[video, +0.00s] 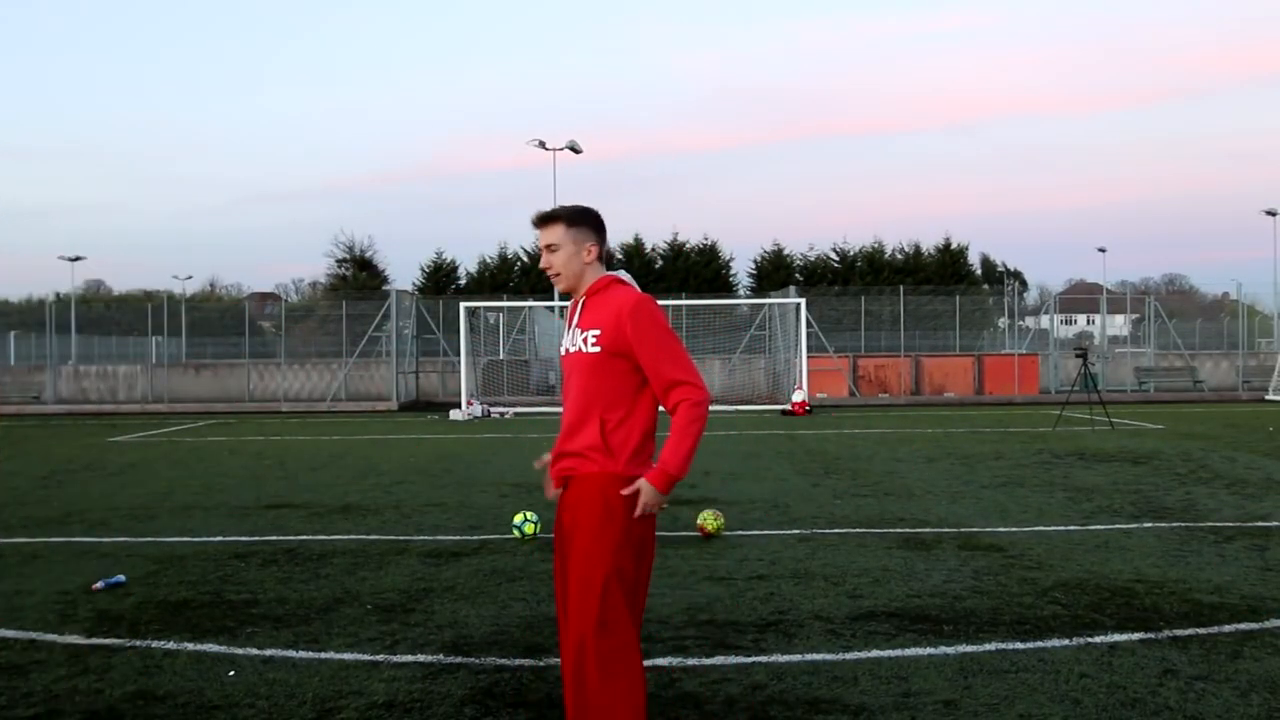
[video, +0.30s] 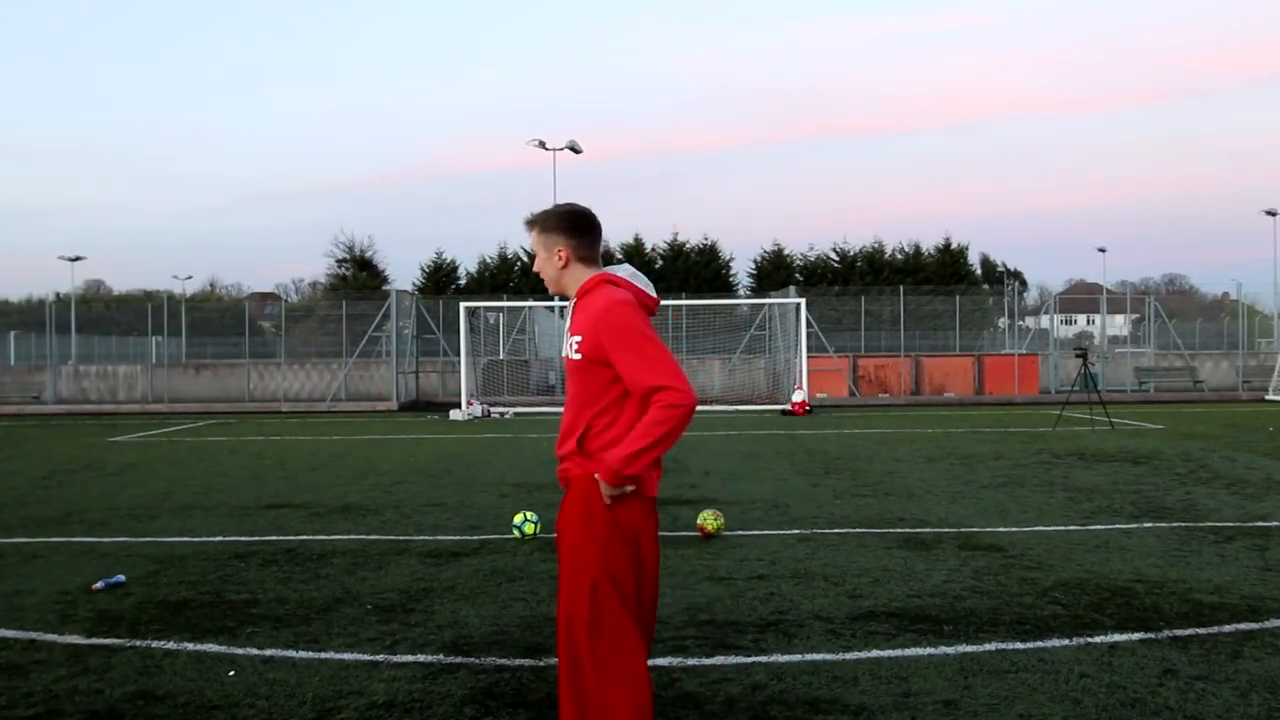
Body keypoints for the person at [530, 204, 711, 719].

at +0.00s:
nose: (543, 263)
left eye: (552, 250)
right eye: (541, 253)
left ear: (590, 250)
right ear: (579, 254)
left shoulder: (628, 305)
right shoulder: (580, 309)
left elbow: (691, 397)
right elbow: (594, 401)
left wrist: (662, 478)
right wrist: (560, 457)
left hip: (614, 493)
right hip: (577, 493)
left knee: (603, 639)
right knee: (576, 638)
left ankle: (615, 716)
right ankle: (583, 715)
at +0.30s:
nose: (535, 269)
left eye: (536, 256)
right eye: (533, 258)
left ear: (562, 254)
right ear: (578, 252)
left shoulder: (608, 306)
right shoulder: (592, 306)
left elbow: (676, 397)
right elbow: (632, 398)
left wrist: (615, 471)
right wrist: (587, 461)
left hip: (606, 503)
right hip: (589, 500)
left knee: (605, 648)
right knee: (584, 644)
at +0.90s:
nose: (547, 265)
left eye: (545, 256)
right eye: (545, 258)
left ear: (552, 255)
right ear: (602, 253)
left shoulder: (580, 297)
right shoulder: (635, 303)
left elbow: (613, 373)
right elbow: (689, 382)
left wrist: (553, 433)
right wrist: (635, 425)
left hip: (593, 493)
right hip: (636, 493)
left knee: (594, 634)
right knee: (639, 629)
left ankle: (602, 715)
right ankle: (639, 713)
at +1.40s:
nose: (524, 273)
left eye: (530, 260)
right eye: (524, 262)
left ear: (563, 259)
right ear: (570, 261)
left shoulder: (582, 306)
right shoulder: (608, 309)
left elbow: (625, 396)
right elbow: (661, 409)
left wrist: (588, 477)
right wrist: (639, 488)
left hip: (574, 503)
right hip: (617, 504)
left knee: (529, 640)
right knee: (614, 645)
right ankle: (618, 715)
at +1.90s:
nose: (462, 269)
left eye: (470, 256)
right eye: (460, 258)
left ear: (507, 256)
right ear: (509, 260)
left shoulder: (518, 312)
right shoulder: (539, 308)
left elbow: (572, 404)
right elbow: (598, 399)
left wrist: (536, 484)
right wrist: (577, 475)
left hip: (511, 506)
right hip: (546, 506)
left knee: (491, 642)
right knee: (545, 636)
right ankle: (576, 708)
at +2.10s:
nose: (437, 272)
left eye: (445, 260)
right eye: (436, 261)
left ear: (481, 260)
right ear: (482, 263)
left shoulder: (509, 316)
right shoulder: (504, 313)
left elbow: (552, 418)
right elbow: (536, 417)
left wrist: (514, 501)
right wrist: (502, 497)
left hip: (514, 509)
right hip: (510, 506)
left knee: (496, 646)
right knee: (500, 643)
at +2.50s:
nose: (406, 304)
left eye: (415, 292)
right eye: (403, 294)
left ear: (451, 293)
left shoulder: (494, 333)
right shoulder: (447, 354)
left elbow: (577, 404)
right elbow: (513, 416)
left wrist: (565, 490)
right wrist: (517, 490)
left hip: (550, 496)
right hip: (518, 495)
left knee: (526, 632)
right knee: (507, 629)